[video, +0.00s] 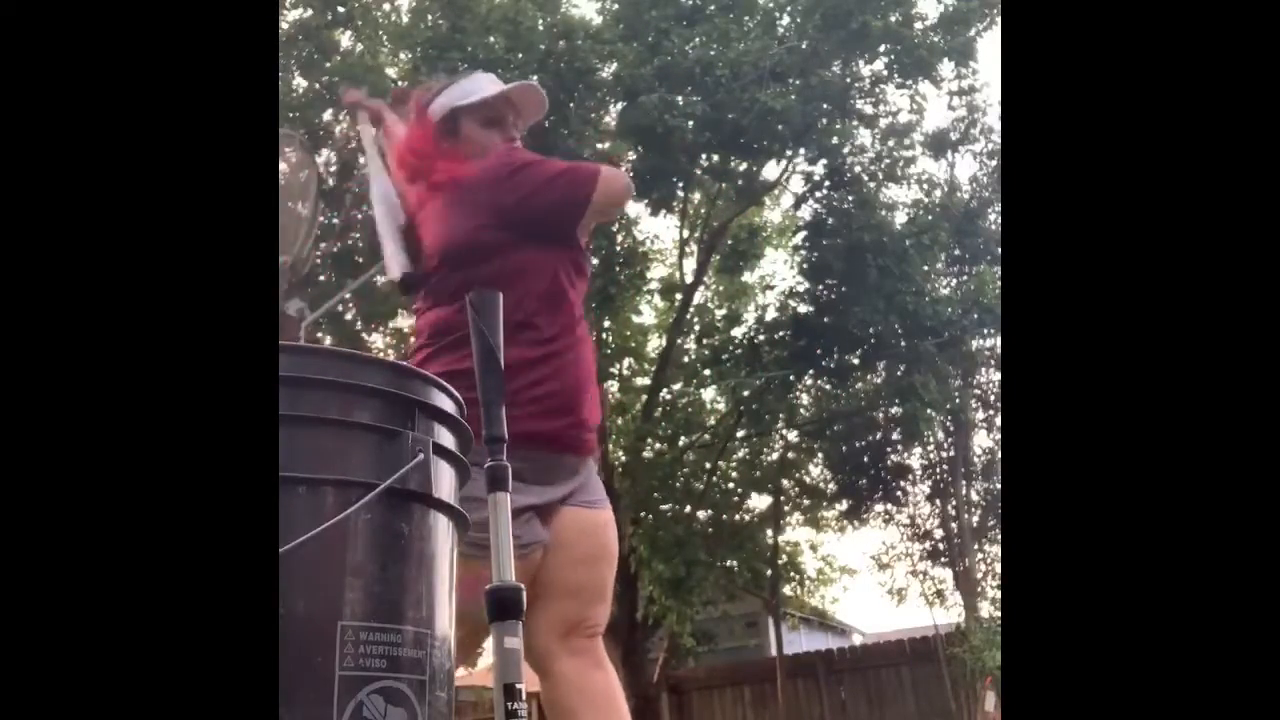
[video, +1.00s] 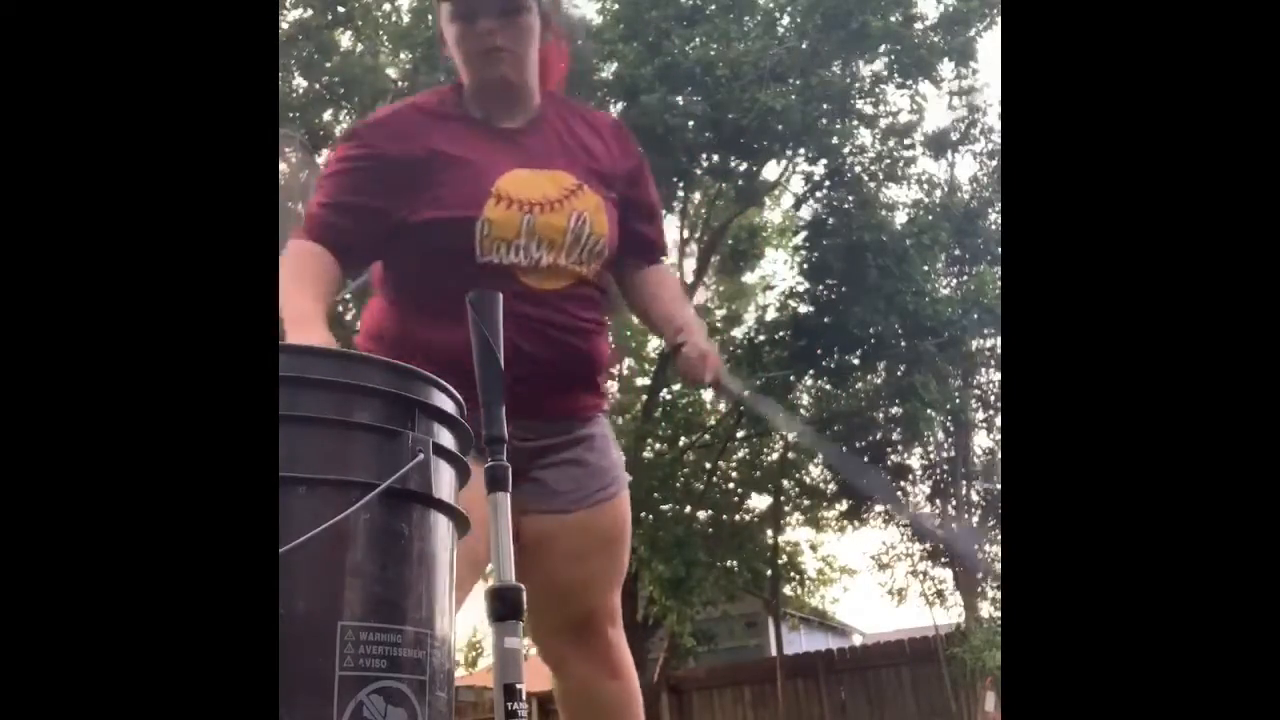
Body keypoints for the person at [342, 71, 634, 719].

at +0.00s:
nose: (511, 132)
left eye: (510, 122)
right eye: (493, 121)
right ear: (452, 132)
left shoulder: (443, 190)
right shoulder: (492, 179)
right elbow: (614, 186)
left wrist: (388, 123)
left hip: (565, 463)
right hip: (479, 464)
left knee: (576, 643)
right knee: (429, 657)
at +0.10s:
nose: (510, 135)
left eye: (514, 123)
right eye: (486, 121)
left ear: (520, 133)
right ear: (439, 136)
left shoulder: (513, 194)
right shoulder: (464, 184)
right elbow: (604, 187)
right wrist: (569, 230)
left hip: (561, 465)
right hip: (469, 467)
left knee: (575, 644)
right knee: (430, 654)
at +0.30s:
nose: (496, 132)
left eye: (505, 121)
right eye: (475, 117)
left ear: (515, 132)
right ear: (433, 131)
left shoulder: (509, 201)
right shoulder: (434, 197)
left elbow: (571, 194)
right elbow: (553, 240)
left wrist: (645, 145)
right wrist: (604, 216)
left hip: (546, 459)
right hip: (449, 460)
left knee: (575, 642)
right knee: (408, 650)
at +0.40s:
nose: (505, 124)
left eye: (515, 113)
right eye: (483, 112)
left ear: (526, 132)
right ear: (443, 129)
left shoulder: (539, 213)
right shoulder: (427, 198)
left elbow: (622, 247)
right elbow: (475, 263)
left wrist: (667, 206)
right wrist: (600, 250)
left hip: (547, 456)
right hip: (443, 455)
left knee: (585, 630)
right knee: (403, 647)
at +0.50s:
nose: (525, 122)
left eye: (536, 110)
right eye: (503, 110)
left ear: (551, 126)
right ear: (468, 128)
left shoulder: (575, 217)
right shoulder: (440, 192)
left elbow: (657, 282)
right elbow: (393, 269)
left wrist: (676, 242)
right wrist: (538, 286)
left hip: (559, 450)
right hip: (442, 449)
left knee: (595, 630)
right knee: (404, 643)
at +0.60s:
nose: (545, 108)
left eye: (557, 93)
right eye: (523, 95)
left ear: (575, 109)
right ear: (490, 112)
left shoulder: (609, 206)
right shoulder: (452, 186)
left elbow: (675, 305)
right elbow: (367, 260)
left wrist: (695, 254)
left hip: (575, 448)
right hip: (455, 448)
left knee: (599, 632)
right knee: (421, 644)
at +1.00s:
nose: (491, 29)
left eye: (509, 11)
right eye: (470, 15)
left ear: (541, 21)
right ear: (445, 32)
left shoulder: (605, 142)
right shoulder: (396, 138)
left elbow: (642, 261)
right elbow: (311, 256)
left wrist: (687, 328)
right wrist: (315, 356)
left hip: (568, 432)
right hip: (433, 432)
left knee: (593, 639)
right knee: (397, 633)